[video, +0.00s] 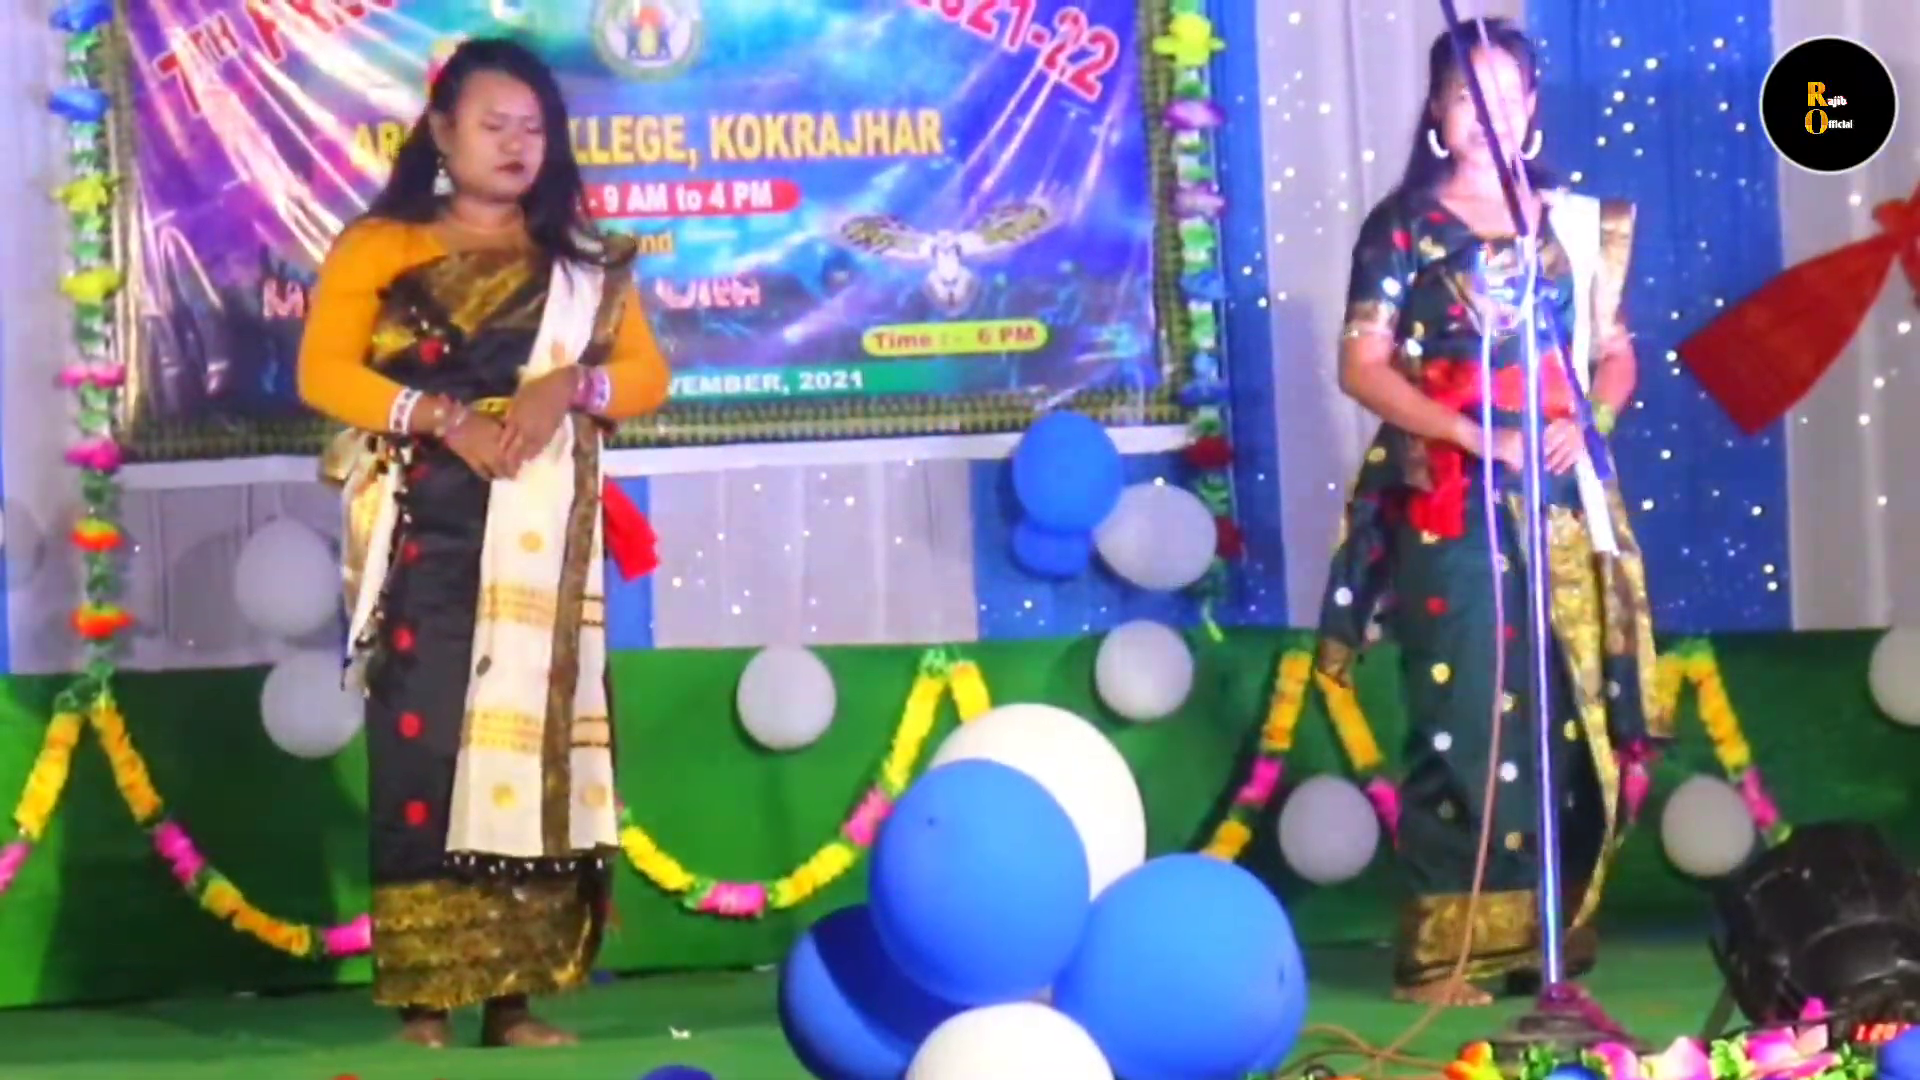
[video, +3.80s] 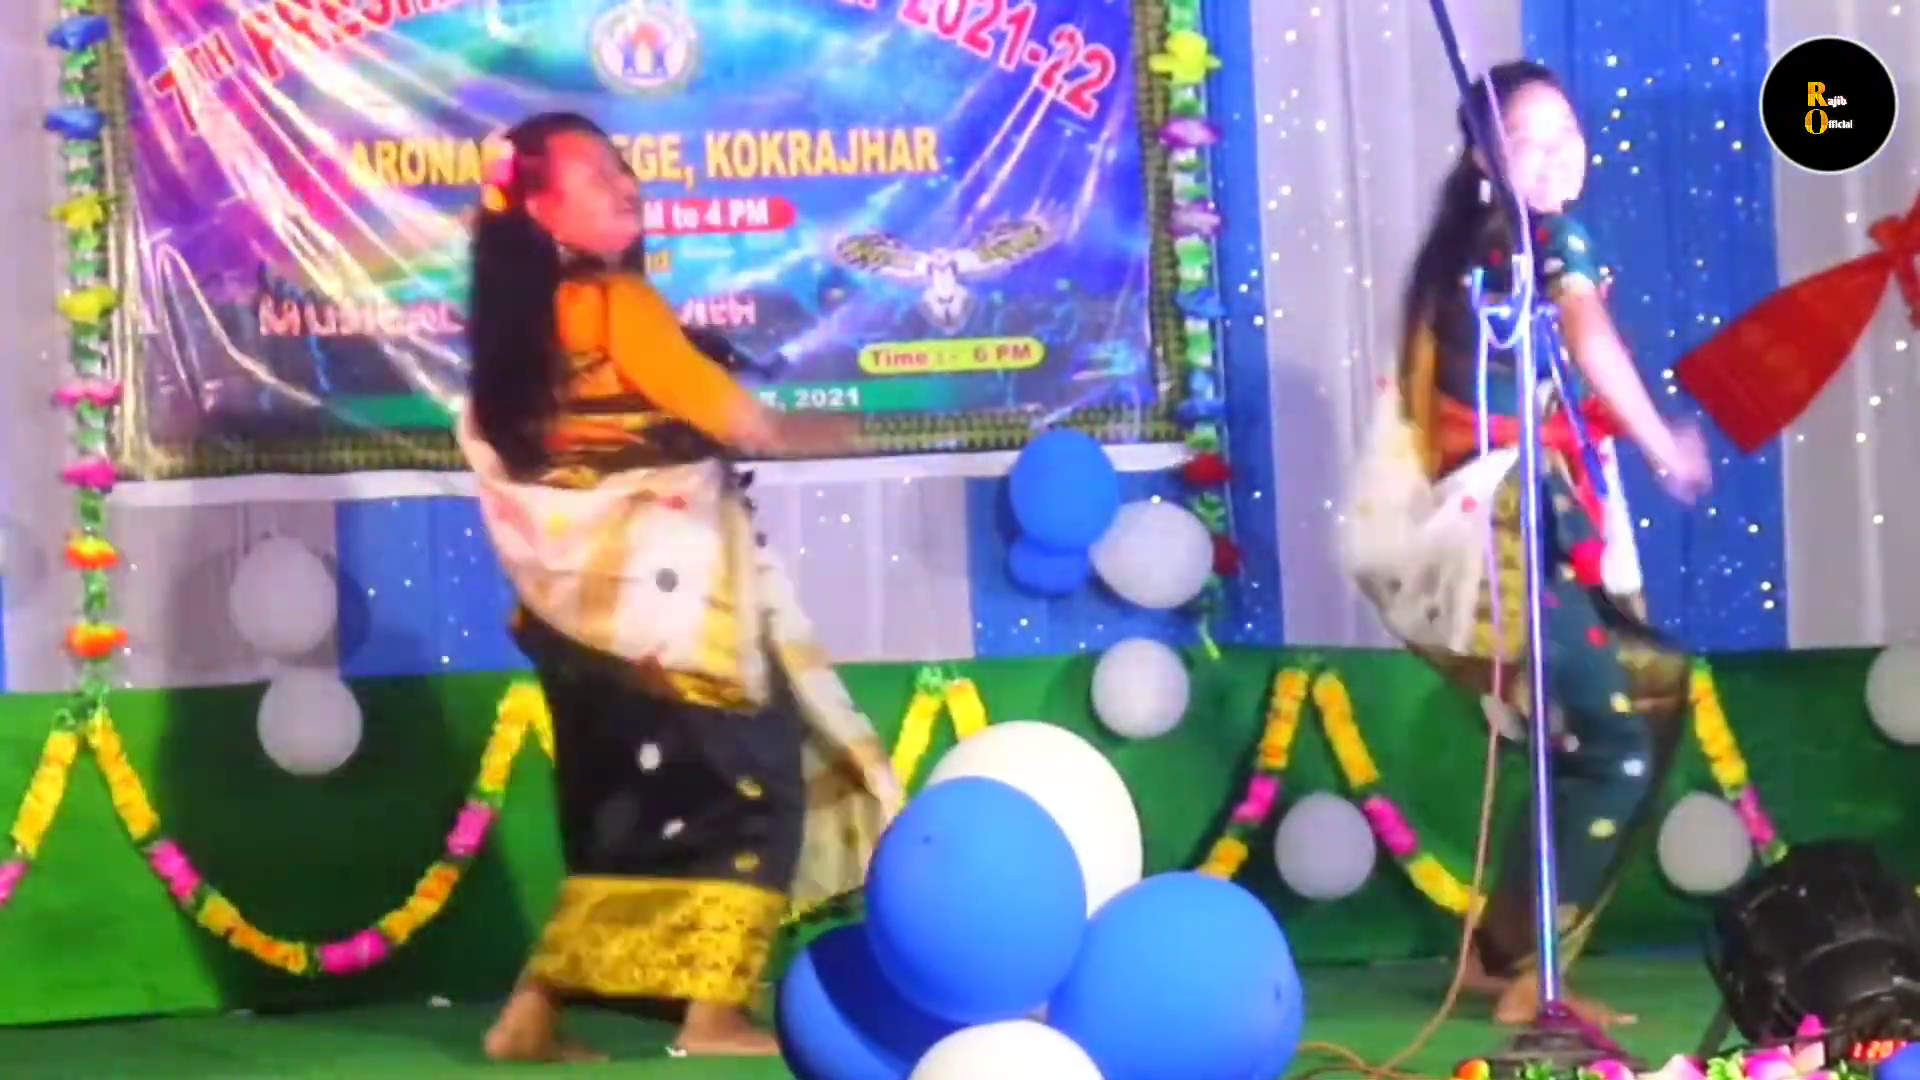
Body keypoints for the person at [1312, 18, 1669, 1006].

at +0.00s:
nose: (1485, 114)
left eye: (1502, 95)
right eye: (1466, 96)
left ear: (1531, 104)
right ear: (1437, 110)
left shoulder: (1569, 222)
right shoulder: (1403, 226)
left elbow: (1615, 356)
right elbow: (1360, 365)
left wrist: (1583, 422)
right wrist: (1471, 433)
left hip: (1558, 503)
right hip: (1451, 503)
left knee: (1568, 712)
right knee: (1457, 716)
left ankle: (1558, 950)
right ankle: (1442, 953)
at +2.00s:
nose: (1446, 130)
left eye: (1463, 113)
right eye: (1428, 113)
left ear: (1489, 121)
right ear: (1399, 124)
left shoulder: (1527, 230)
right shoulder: (1369, 234)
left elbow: (1562, 366)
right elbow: (1330, 380)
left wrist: (1556, 398)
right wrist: (1452, 447)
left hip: (1523, 512)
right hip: (1419, 518)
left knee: (1532, 726)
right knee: (1436, 729)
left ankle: (1521, 961)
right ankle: (1428, 966)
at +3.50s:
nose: (1503, 139)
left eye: (1510, 119)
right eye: (1478, 125)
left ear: (1530, 129)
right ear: (1441, 145)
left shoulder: (1525, 248)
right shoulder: (1448, 244)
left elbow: (1536, 390)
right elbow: (1441, 391)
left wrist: (1609, 446)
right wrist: (1549, 435)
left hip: (1513, 529)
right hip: (1460, 531)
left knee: (1563, 727)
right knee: (1554, 727)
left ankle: (1451, 907)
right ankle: (1477, 929)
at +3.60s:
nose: (1524, 113)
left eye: (1529, 93)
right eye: (1502, 101)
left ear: (1541, 99)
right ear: (1459, 122)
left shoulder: (1535, 210)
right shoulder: (1457, 207)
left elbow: (1626, 332)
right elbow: (1491, 330)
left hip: (1544, 505)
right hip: (1480, 508)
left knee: (1536, 712)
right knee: (1571, 699)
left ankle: (1496, 944)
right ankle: (1487, 930)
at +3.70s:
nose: (1539, 129)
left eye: (1543, 109)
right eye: (1516, 114)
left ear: (1551, 113)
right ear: (1469, 130)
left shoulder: (1522, 226)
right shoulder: (1462, 228)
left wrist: (1596, 296)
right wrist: (1593, 306)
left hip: (1549, 531)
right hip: (1495, 542)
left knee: (1567, 739)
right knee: (1564, 740)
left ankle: (1513, 959)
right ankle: (1502, 964)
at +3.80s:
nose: (1570, 156)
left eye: (1570, 137)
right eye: (1548, 142)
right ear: (1501, 155)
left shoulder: (1453, 255)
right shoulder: (1541, 240)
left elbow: (1423, 419)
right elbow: (1592, 348)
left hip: (1453, 563)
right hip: (1505, 564)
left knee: (1579, 739)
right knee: (1616, 752)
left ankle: (1500, 943)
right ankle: (1531, 983)